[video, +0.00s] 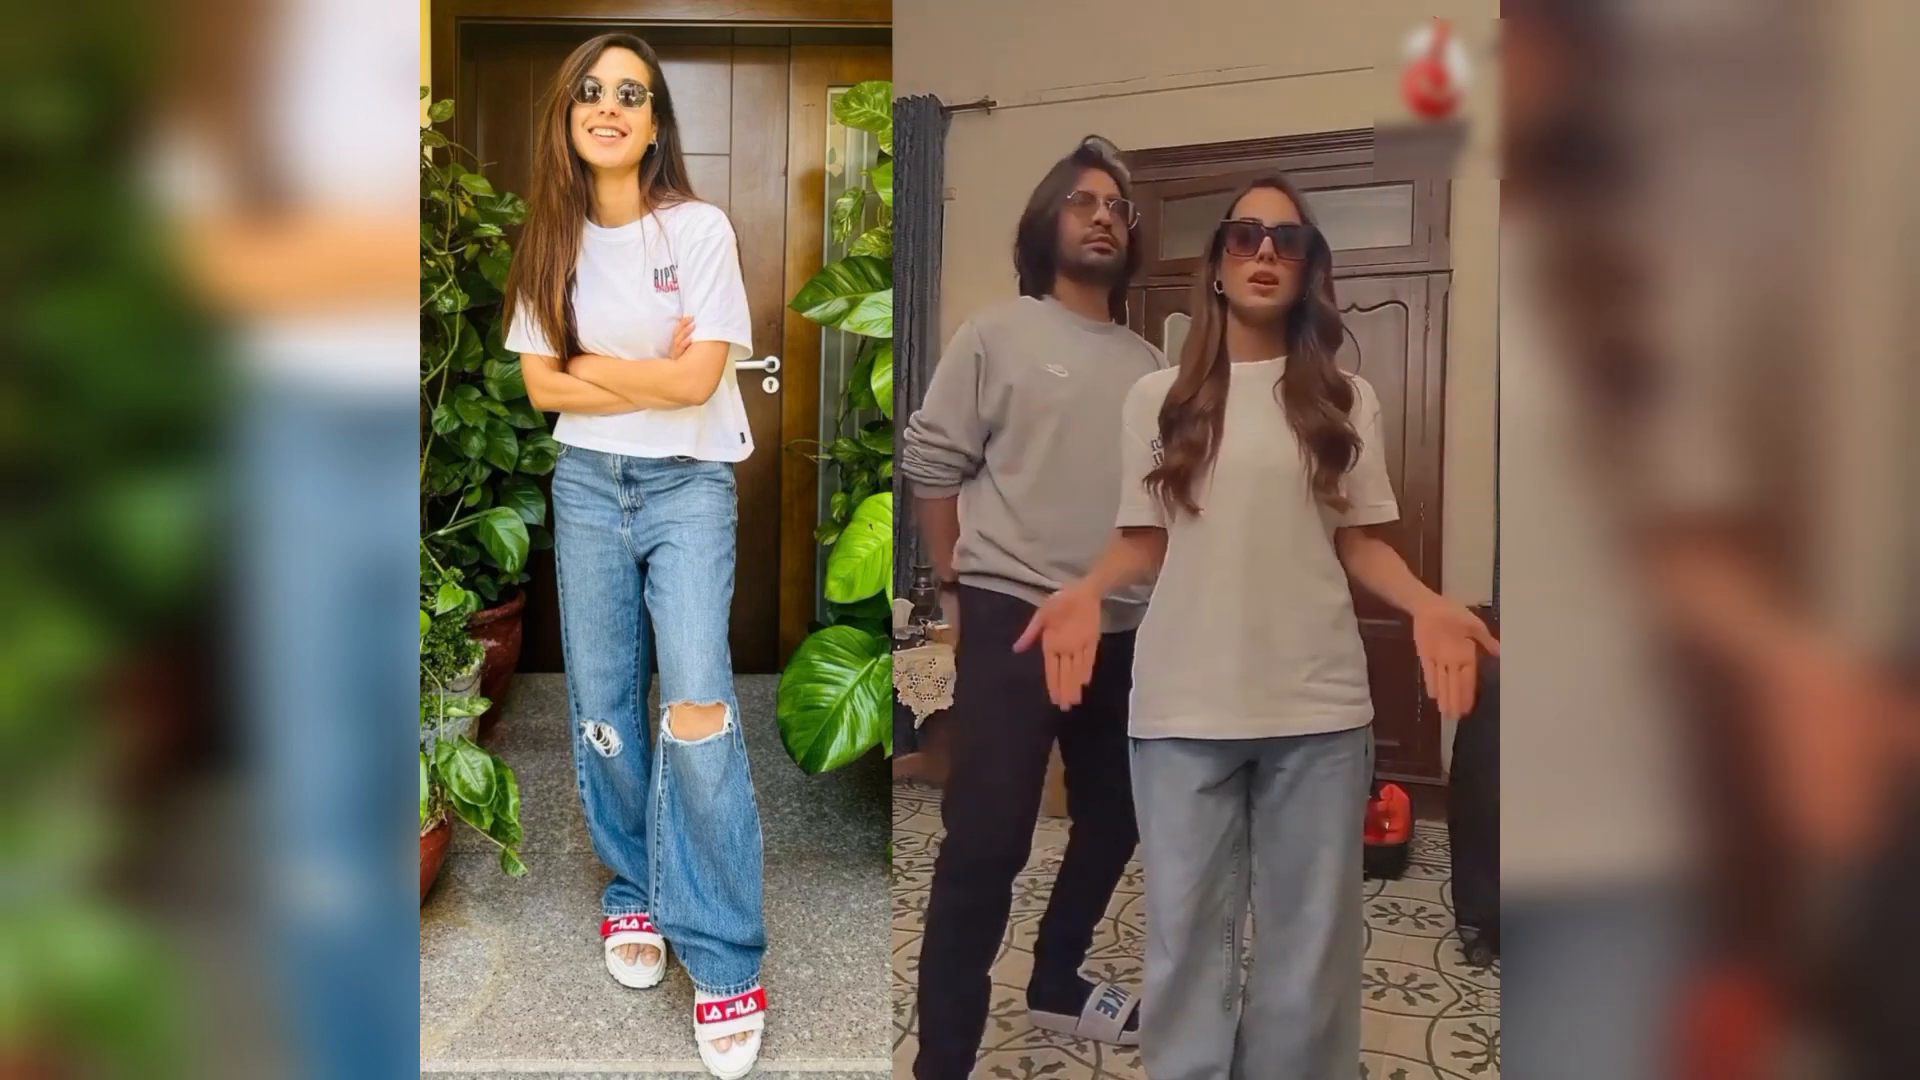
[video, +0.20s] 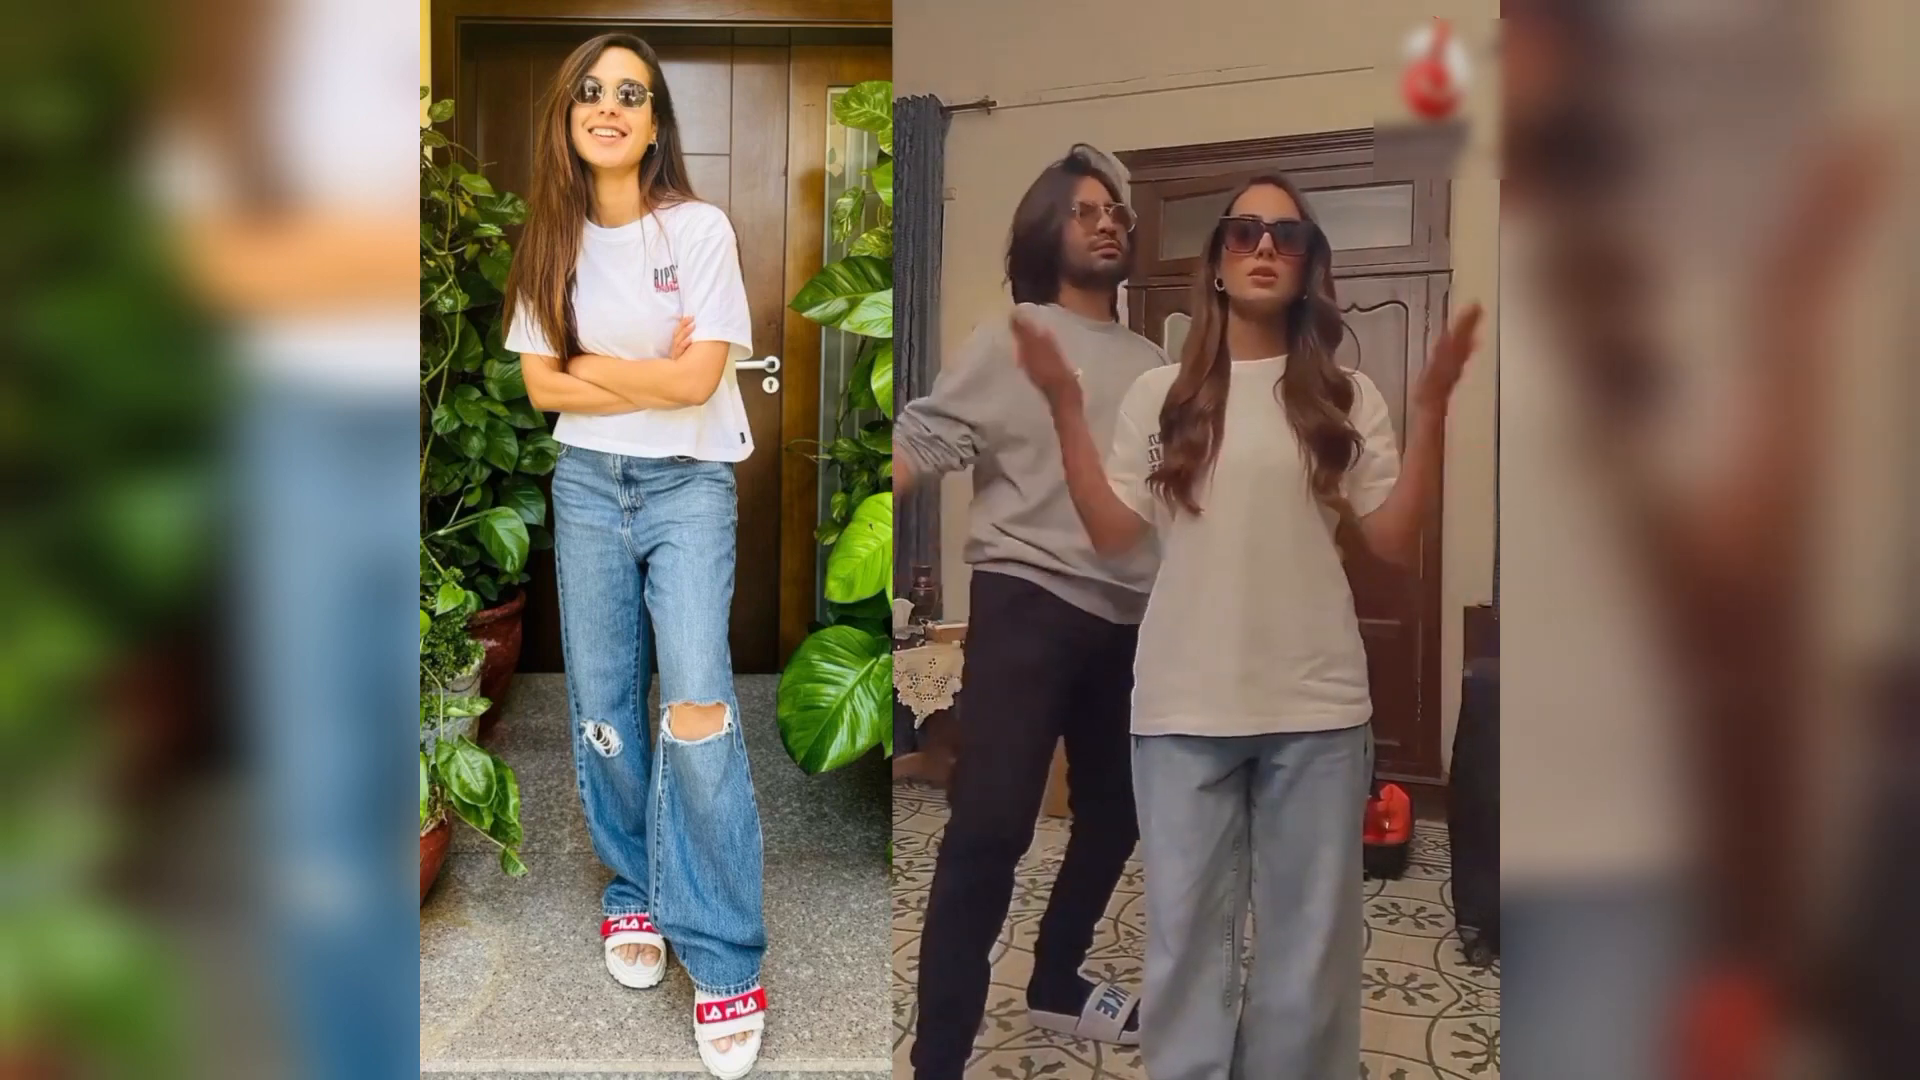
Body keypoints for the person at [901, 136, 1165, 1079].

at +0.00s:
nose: (1105, 218)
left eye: (1119, 207)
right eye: (1085, 204)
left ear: (1134, 233)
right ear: (1045, 225)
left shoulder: (1152, 361)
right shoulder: (994, 337)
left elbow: (1172, 496)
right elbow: (930, 464)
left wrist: (1162, 598)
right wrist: (952, 586)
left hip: (1124, 621)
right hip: (1009, 611)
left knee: (1112, 821)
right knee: (987, 840)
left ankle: (1057, 990)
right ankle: (942, 1062)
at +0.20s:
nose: (1107, 226)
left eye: (1116, 214)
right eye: (1085, 214)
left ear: (1128, 235)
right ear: (1044, 234)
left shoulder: (1153, 362)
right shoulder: (1009, 344)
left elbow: (1185, 492)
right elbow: (917, 450)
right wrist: (856, 484)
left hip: (1127, 614)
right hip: (1023, 598)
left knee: (1113, 815)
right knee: (991, 826)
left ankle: (1056, 992)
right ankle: (939, 1060)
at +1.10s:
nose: (1139, 227)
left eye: (1139, 216)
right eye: (1120, 212)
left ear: (1116, 238)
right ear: (1065, 223)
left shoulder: (1119, 356)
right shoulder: (997, 314)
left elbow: (1130, 485)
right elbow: (932, 451)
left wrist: (1155, 586)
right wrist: (943, 588)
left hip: (1114, 618)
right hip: (1023, 610)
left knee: (1093, 817)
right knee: (1001, 837)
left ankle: (1056, 991)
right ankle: (948, 1059)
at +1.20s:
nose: (1135, 232)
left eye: (1137, 221)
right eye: (1120, 216)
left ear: (1126, 244)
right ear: (1065, 224)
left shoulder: (1128, 348)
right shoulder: (998, 311)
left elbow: (1199, 402)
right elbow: (934, 450)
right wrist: (941, 593)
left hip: (1119, 619)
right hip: (1023, 612)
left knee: (1091, 817)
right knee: (999, 838)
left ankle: (1056, 993)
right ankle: (947, 1062)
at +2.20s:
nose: (1122, 241)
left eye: (1136, 236)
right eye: (1108, 221)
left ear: (1140, 260)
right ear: (1067, 225)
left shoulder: (1144, 348)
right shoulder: (996, 318)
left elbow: (1236, 310)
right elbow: (940, 451)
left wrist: (1235, 192)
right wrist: (947, 592)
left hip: (1126, 616)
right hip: (1023, 604)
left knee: (1106, 820)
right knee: (1001, 837)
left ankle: (1056, 989)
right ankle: (942, 1062)